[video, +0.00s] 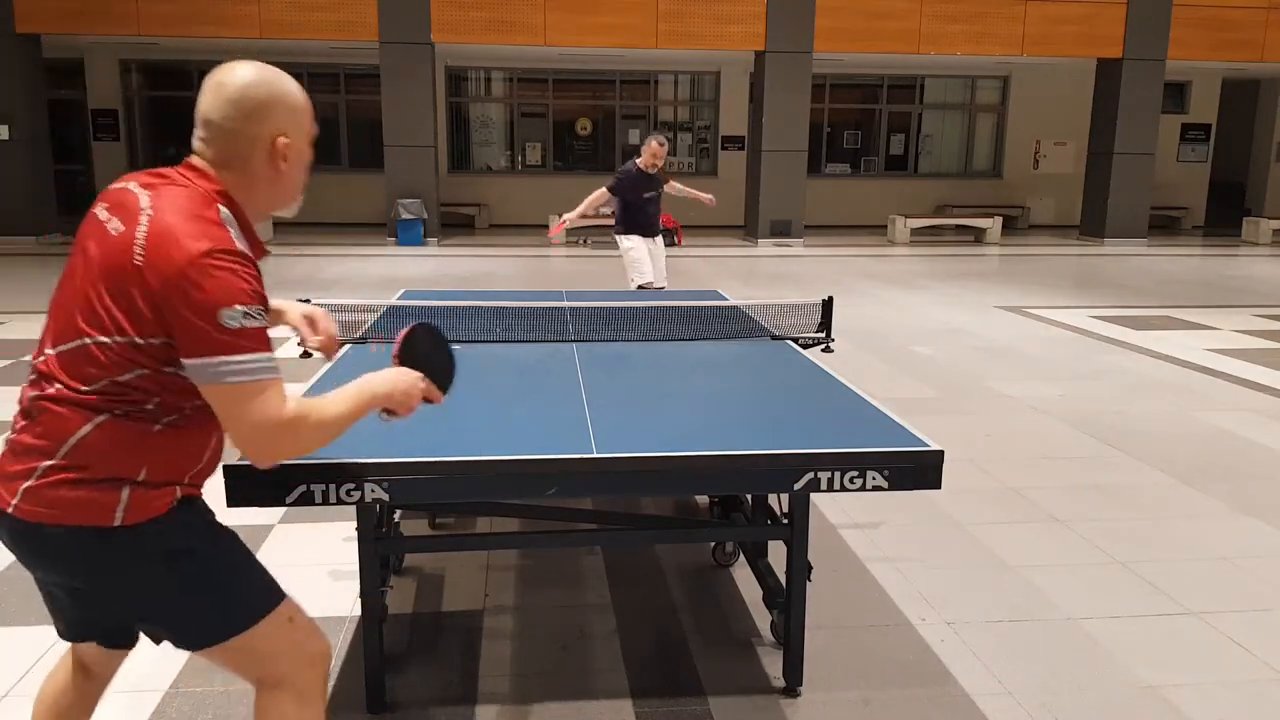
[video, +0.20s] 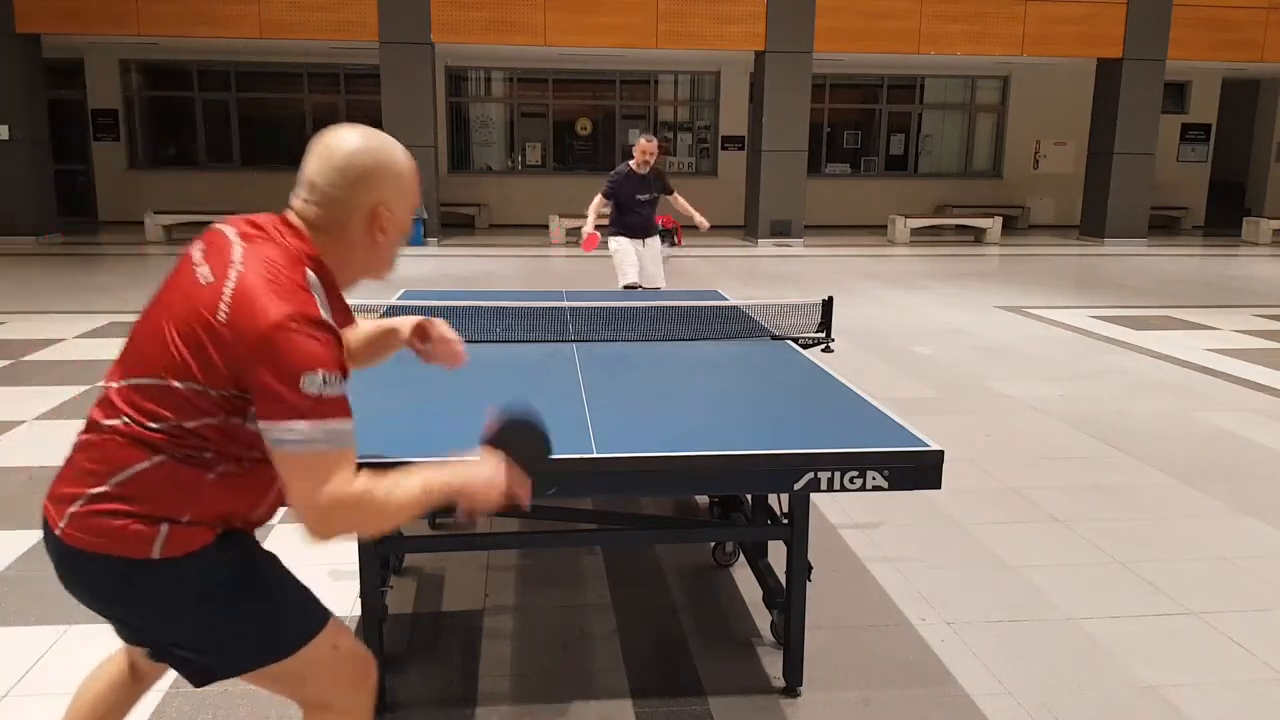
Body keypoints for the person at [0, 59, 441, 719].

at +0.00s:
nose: (313, 161)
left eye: (312, 144)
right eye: (310, 143)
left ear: (206, 133)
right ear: (279, 151)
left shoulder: (131, 194)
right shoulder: (203, 255)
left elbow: (170, 302)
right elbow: (268, 437)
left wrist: (279, 311)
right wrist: (374, 390)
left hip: (39, 496)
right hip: (120, 510)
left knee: (90, 657)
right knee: (297, 662)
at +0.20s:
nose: (409, 230)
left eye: (411, 216)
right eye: (409, 216)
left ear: (305, 193)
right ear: (379, 222)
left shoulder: (244, 234)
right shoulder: (288, 321)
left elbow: (308, 355)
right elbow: (328, 507)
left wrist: (398, 332)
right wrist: (451, 479)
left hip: (90, 515)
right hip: (152, 544)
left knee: (150, 652)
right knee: (346, 680)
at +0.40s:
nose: (437, 278)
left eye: (442, 265)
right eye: (439, 262)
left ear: (346, 220)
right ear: (406, 258)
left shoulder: (310, 256)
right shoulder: (273, 356)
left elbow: (392, 342)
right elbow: (156, 524)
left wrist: (429, 324)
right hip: (166, 537)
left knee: (184, 674)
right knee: (355, 678)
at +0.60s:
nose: (357, 177)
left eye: (358, 159)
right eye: (348, 158)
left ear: (278, 156)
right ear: (287, 160)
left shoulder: (186, 199)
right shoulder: (209, 276)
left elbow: (257, 298)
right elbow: (240, 469)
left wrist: (319, 262)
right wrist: (366, 502)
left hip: (118, 501)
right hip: (174, 519)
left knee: (158, 657)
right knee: (327, 680)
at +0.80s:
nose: (207, 97)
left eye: (206, 81)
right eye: (200, 80)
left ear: (92, 82)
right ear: (162, 92)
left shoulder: (21, 185)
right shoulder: (148, 165)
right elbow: (307, 88)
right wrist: (234, 11)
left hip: (42, 501)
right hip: (153, 502)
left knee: (83, 669)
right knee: (285, 686)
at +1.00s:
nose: (116, 96)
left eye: (113, 78)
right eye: (110, 78)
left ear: (9, 89)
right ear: (80, 85)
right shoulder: (99, 163)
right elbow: (264, 131)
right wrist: (182, 36)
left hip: (10, 503)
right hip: (123, 492)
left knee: (59, 666)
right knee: (254, 688)